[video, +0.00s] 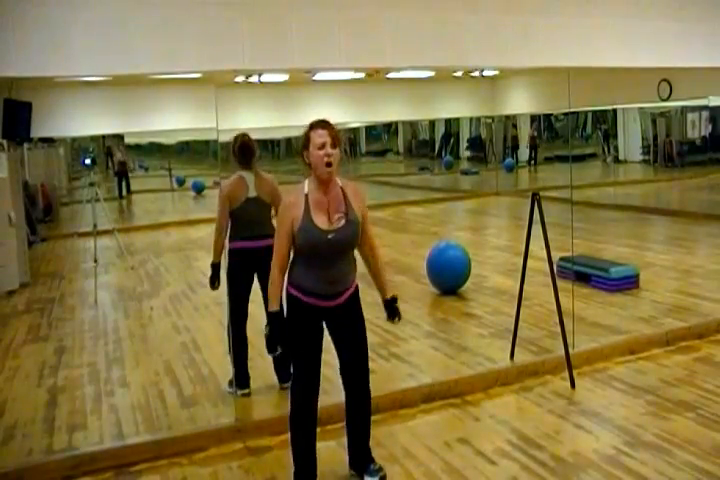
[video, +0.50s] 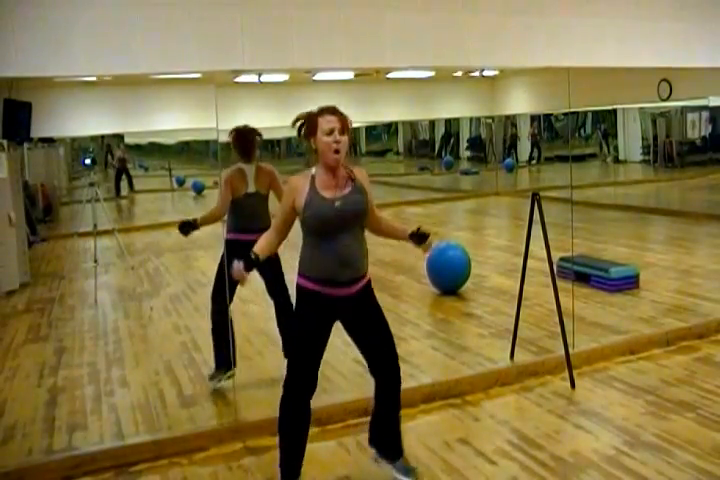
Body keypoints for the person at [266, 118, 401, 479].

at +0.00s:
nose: (328, 153)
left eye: (332, 146)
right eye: (320, 147)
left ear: (339, 151)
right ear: (306, 155)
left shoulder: (353, 193)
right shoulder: (293, 202)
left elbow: (368, 247)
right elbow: (279, 264)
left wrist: (387, 296)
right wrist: (274, 315)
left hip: (346, 301)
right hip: (304, 306)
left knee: (359, 383)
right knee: (305, 392)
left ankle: (361, 460)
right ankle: (305, 473)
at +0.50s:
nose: (337, 139)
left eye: (341, 132)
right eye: (329, 133)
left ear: (348, 138)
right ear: (313, 141)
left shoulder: (358, 177)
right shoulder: (299, 186)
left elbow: (373, 222)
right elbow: (277, 232)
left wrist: (411, 234)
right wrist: (251, 258)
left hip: (358, 293)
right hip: (315, 296)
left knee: (388, 370)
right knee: (299, 386)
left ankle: (386, 446)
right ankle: (289, 473)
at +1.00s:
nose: (347, 163)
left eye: (351, 156)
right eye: (338, 158)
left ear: (357, 163)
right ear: (321, 169)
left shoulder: (368, 209)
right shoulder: (308, 217)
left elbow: (384, 260)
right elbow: (289, 274)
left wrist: (423, 267)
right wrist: (273, 294)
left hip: (368, 325)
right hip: (322, 329)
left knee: (405, 398)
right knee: (302, 417)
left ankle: (411, 473)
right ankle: (287, 478)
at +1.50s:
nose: (354, 145)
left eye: (359, 138)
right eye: (345, 139)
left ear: (365, 143)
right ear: (328, 146)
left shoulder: (377, 187)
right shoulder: (313, 195)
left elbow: (384, 242)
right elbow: (294, 257)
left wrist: (391, 285)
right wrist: (292, 305)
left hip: (381, 310)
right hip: (334, 314)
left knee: (421, 390)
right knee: (311, 409)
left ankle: (421, 463)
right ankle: (295, 479)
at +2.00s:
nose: (364, 164)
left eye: (368, 157)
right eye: (354, 158)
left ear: (374, 164)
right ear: (335, 171)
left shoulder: (390, 212)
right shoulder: (322, 226)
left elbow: (407, 272)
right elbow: (301, 291)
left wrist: (434, 326)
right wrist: (285, 349)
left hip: (391, 343)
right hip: (339, 349)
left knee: (433, 421)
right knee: (312, 445)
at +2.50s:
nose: (377, 144)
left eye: (381, 136)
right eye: (366, 137)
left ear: (389, 142)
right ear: (347, 146)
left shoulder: (405, 191)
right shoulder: (334, 200)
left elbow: (426, 256)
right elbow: (314, 271)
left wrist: (458, 309)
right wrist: (299, 333)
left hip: (411, 326)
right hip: (358, 331)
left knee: (452, 416)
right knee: (335, 435)